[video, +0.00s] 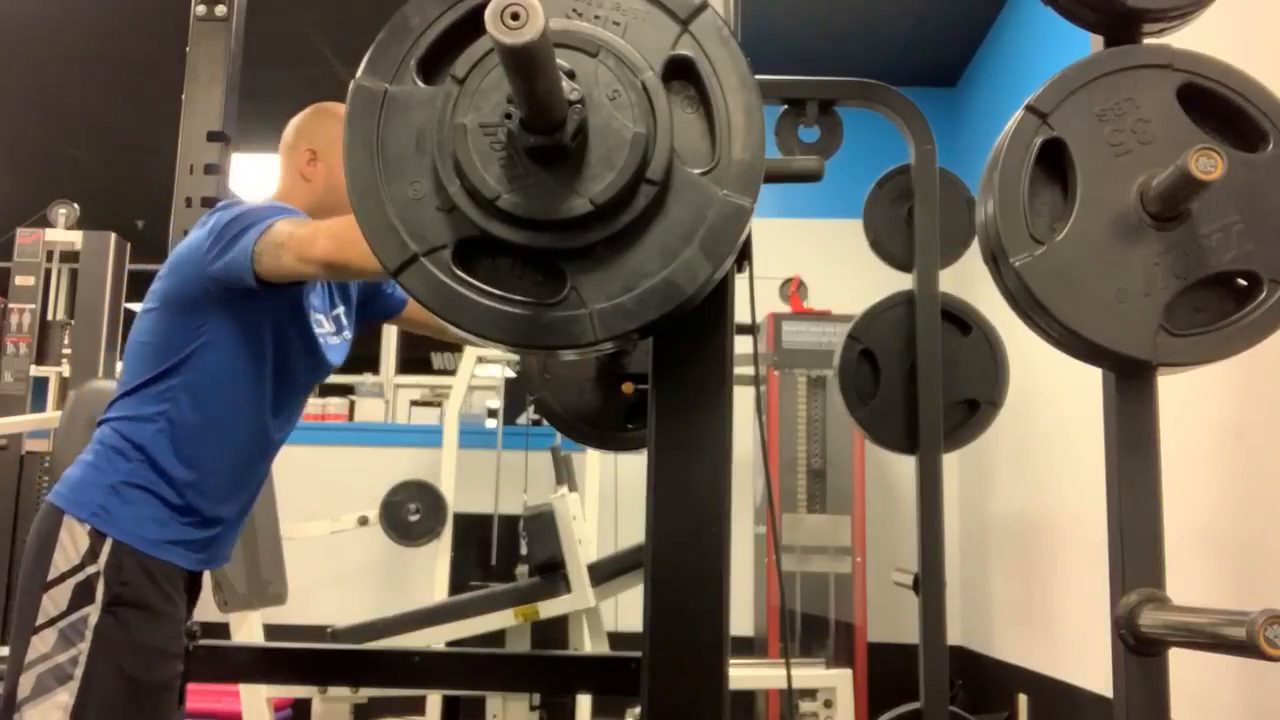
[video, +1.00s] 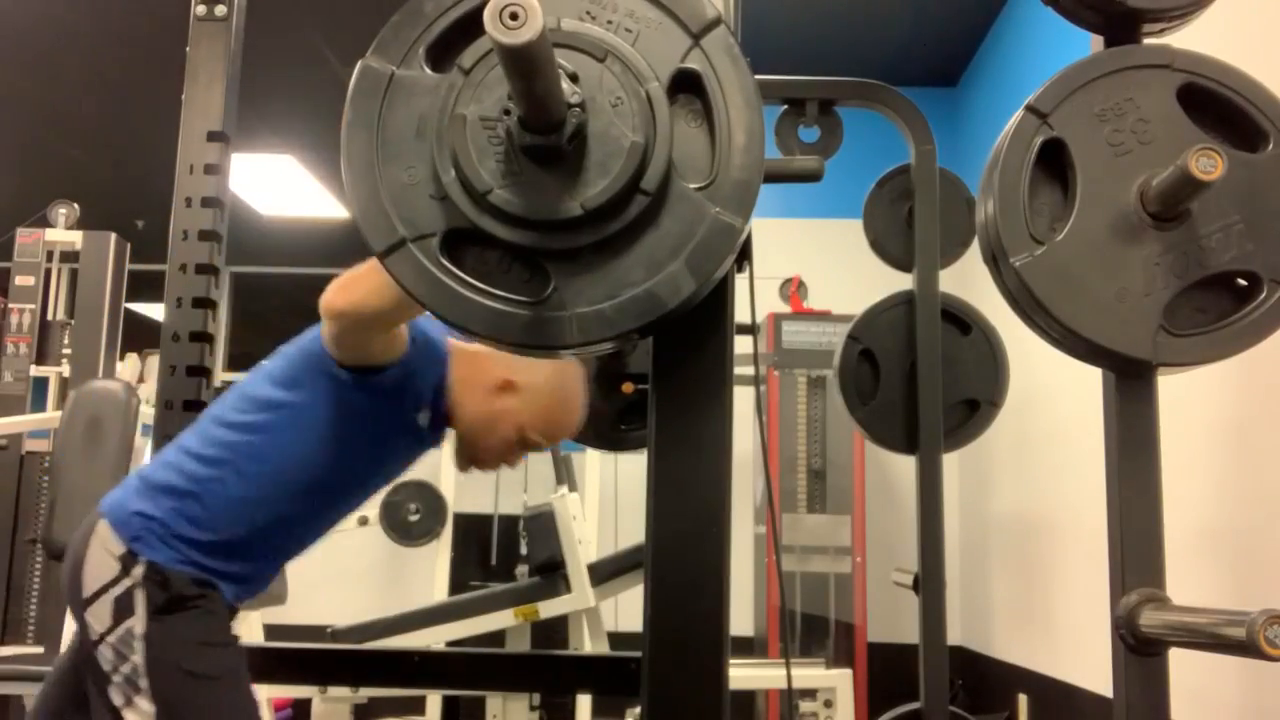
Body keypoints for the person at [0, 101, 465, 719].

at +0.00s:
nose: (370, 184)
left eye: (374, 169)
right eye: (360, 165)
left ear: (308, 166)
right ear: (309, 162)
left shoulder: (346, 273)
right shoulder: (234, 229)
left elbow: (452, 315)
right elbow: (330, 247)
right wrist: (459, 191)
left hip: (172, 558)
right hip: (110, 544)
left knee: (141, 709)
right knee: (75, 713)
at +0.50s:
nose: (375, 223)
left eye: (378, 202)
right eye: (361, 193)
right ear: (315, 184)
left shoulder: (334, 281)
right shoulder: (232, 241)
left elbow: (429, 262)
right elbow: (324, 197)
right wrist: (420, 168)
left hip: (160, 556)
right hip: (95, 545)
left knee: (148, 708)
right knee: (94, 711)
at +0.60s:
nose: (384, 248)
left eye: (389, 227)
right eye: (373, 222)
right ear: (329, 205)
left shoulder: (335, 291)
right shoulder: (232, 249)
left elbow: (439, 262)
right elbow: (327, 204)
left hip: (158, 559)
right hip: (89, 546)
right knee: (143, 707)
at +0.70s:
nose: (406, 305)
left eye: (420, 293)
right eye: (406, 279)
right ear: (362, 245)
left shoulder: (329, 318)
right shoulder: (241, 265)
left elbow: (431, 304)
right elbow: (324, 229)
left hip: (158, 565)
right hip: (91, 552)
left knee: (32, 706)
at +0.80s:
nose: (427, 371)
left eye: (441, 359)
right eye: (434, 348)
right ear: (392, 285)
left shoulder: (331, 358)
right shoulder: (270, 297)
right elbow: (332, 251)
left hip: (154, 577)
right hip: (96, 565)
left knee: (34, 711)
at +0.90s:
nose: (456, 428)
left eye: (476, 419)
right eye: (472, 406)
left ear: (448, 345)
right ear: (448, 342)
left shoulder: (370, 386)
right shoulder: (338, 336)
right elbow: (333, 287)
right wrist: (447, 238)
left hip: (144, 573)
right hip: (117, 571)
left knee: (41, 713)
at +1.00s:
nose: (511, 461)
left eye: (531, 451)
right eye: (528, 439)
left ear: (501, 371)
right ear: (506, 379)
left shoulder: (426, 398)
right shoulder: (402, 359)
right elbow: (346, 307)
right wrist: (463, 237)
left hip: (173, 571)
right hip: (153, 568)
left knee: (63, 711)